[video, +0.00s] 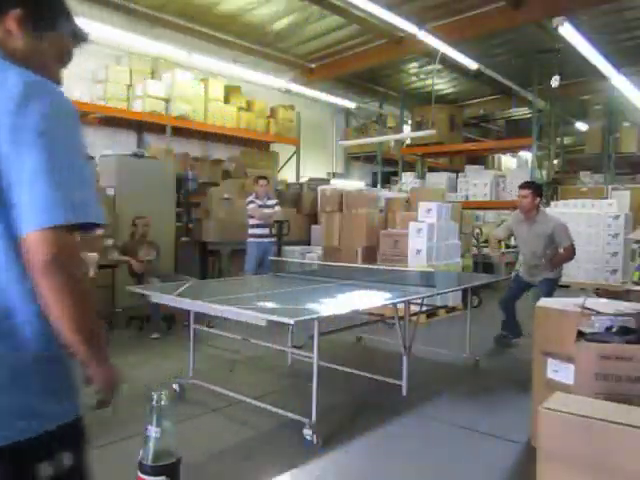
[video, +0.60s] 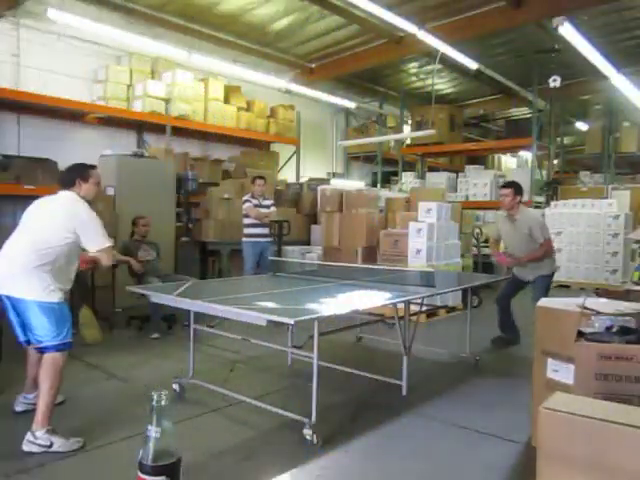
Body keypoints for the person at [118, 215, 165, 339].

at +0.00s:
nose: (144, 229)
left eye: (147, 226)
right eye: (141, 226)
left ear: (149, 227)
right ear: (134, 227)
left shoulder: (152, 245)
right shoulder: (128, 244)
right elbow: (113, 256)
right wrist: (130, 260)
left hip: (151, 273)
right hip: (136, 274)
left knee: (155, 297)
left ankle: (156, 328)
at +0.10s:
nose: (143, 229)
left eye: (145, 226)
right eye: (139, 226)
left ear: (148, 227)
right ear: (134, 228)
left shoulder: (153, 245)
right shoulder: (127, 245)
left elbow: (156, 263)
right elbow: (113, 257)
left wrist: (144, 266)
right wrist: (131, 260)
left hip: (156, 274)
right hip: (140, 276)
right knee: (155, 286)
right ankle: (154, 328)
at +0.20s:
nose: (142, 229)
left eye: (145, 226)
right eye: (139, 226)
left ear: (148, 228)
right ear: (133, 228)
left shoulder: (153, 246)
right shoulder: (127, 245)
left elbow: (156, 266)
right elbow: (111, 256)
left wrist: (144, 266)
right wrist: (130, 260)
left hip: (157, 275)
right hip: (141, 276)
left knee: (185, 281)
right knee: (155, 285)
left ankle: (189, 320)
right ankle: (154, 327)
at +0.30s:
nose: (142, 229)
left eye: (145, 226)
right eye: (138, 226)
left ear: (149, 226)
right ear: (133, 227)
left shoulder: (152, 239)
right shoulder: (127, 242)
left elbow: (162, 252)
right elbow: (112, 255)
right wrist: (130, 260)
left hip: (159, 273)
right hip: (144, 274)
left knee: (189, 282)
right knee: (157, 288)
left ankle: (190, 320)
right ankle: (155, 328)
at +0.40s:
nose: (141, 229)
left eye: (144, 226)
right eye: (138, 226)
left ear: (148, 226)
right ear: (133, 227)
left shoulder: (153, 240)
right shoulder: (126, 240)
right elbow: (112, 255)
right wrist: (130, 260)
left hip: (159, 270)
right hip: (143, 272)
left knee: (189, 282)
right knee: (156, 288)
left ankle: (190, 319)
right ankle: (154, 327)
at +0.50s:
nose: (143, 229)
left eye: (145, 226)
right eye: (140, 226)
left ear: (148, 228)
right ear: (133, 228)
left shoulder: (154, 246)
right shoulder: (128, 246)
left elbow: (157, 265)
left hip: (158, 275)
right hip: (143, 276)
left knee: (191, 282)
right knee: (157, 287)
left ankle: (189, 320)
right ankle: (154, 328)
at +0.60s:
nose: (146, 229)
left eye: (148, 226)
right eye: (143, 226)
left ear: (150, 228)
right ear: (134, 228)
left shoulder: (154, 245)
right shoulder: (128, 245)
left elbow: (158, 262)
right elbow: (115, 257)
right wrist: (130, 261)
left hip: (159, 275)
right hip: (143, 276)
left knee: (189, 282)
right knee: (157, 288)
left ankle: (189, 320)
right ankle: (154, 328)